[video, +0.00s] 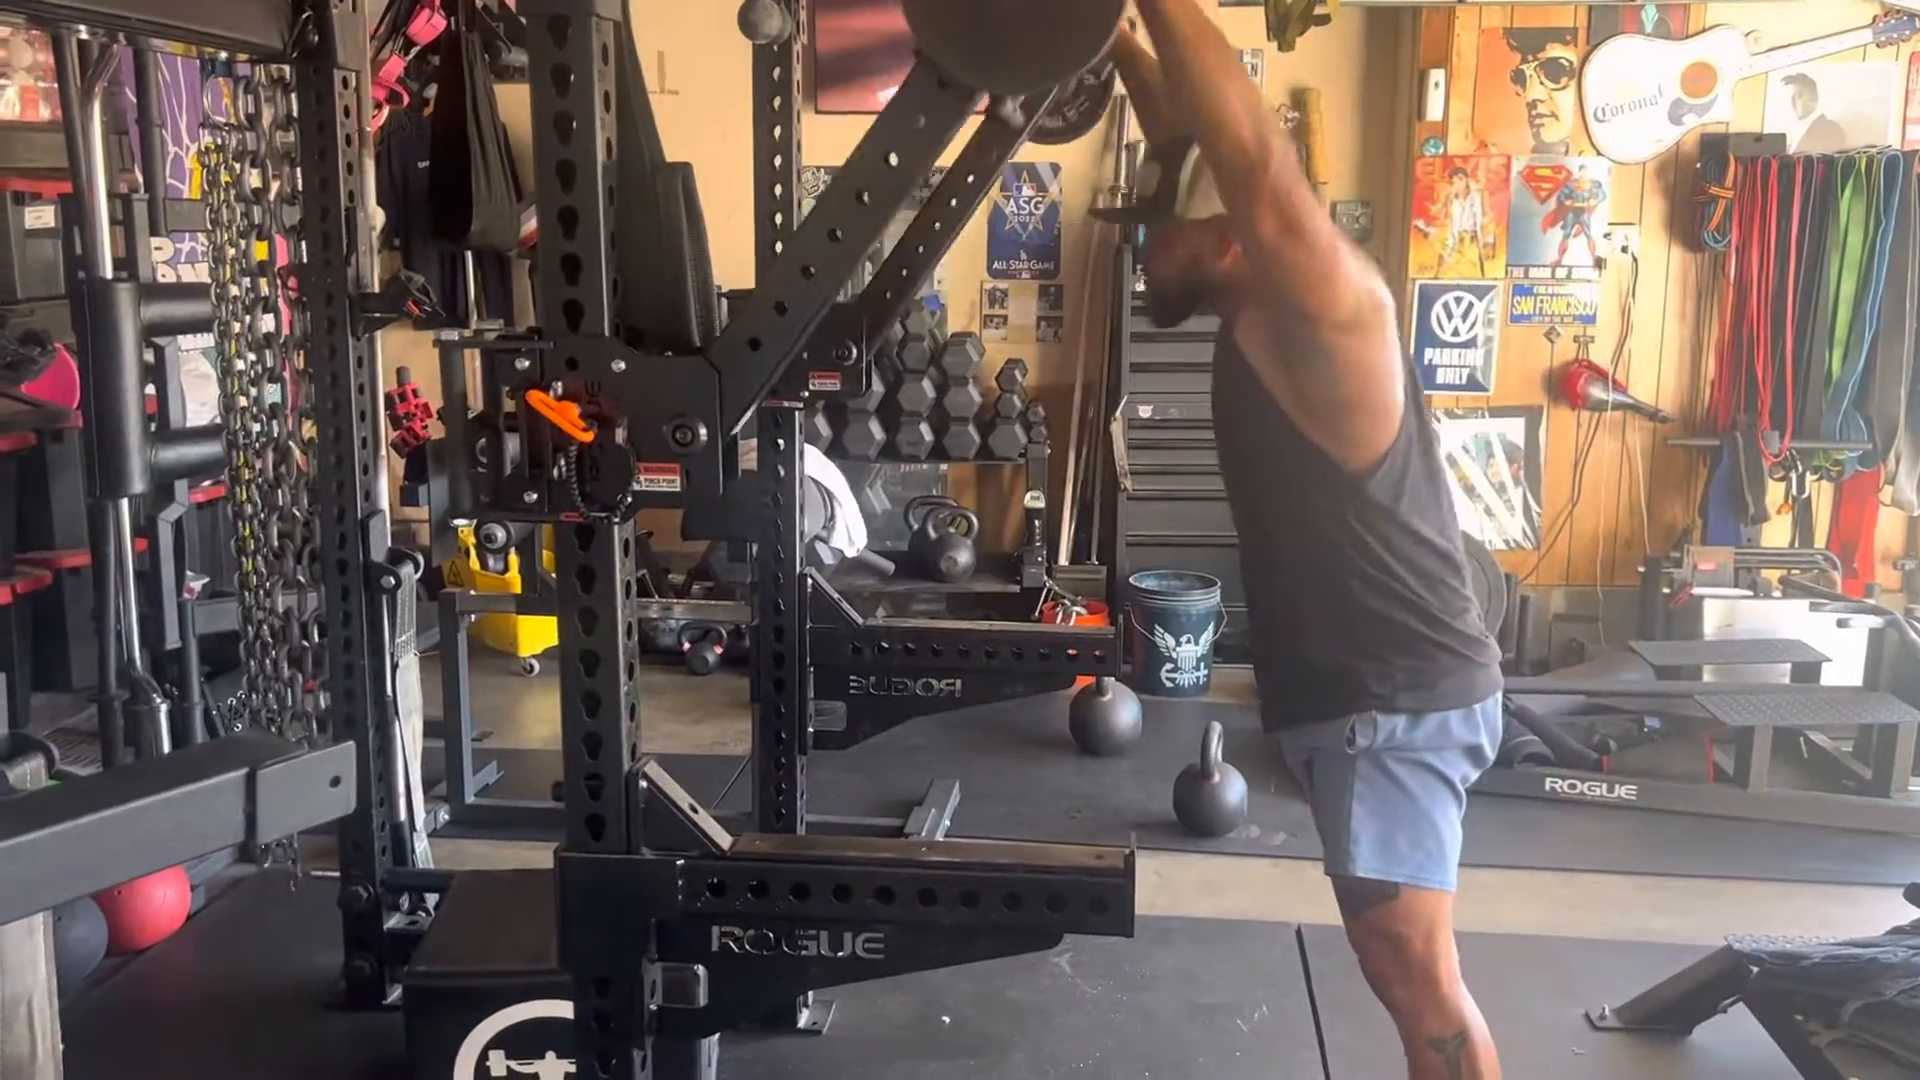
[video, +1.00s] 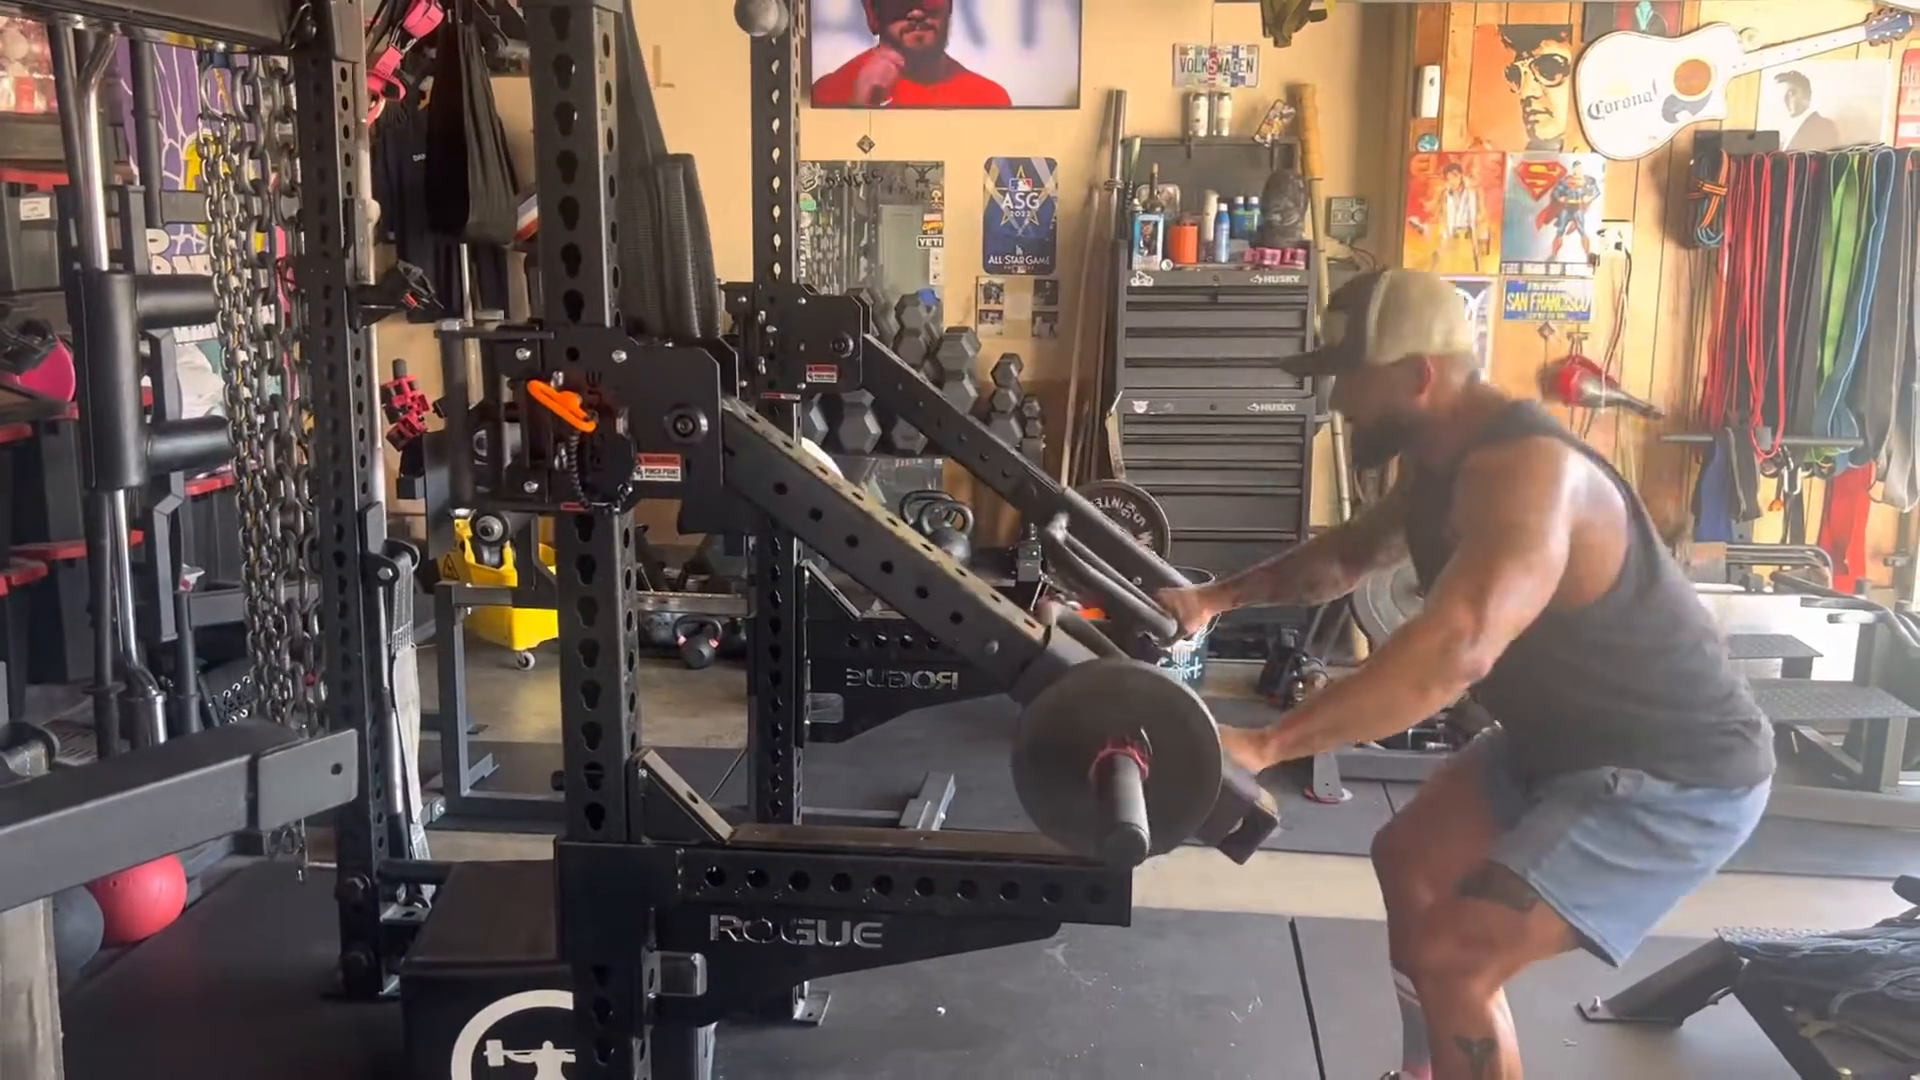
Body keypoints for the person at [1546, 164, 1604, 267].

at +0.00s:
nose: (1583, 177)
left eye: (1585, 175)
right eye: (1581, 175)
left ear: (1588, 175)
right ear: (1578, 175)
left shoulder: (1594, 184)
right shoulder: (1572, 184)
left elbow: (1603, 196)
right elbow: (1561, 195)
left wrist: (1594, 204)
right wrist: (1566, 202)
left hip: (1585, 209)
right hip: (1572, 209)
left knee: (1588, 234)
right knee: (1566, 234)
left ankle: (1594, 259)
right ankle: (1559, 259)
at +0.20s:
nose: (1585, 175)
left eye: (1586, 173)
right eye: (1582, 173)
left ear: (1589, 173)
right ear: (1579, 173)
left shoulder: (1595, 183)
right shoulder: (1572, 183)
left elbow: (1603, 195)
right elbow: (1561, 194)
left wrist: (1594, 203)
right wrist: (1566, 201)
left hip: (1586, 208)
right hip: (1573, 208)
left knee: (1589, 233)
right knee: (1567, 233)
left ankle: (1595, 258)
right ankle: (1560, 258)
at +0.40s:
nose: (1584, 174)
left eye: (1586, 171)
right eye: (1582, 172)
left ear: (1588, 172)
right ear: (1579, 172)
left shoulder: (1595, 183)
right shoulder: (1571, 183)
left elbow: (1603, 195)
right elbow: (1561, 194)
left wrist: (1594, 202)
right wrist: (1566, 201)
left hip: (1585, 208)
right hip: (1573, 208)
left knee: (1588, 233)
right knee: (1566, 233)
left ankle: (1594, 257)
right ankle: (1559, 257)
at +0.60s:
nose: (1583, 172)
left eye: (1585, 170)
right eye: (1581, 170)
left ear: (1587, 170)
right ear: (1578, 171)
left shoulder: (1594, 181)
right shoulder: (1572, 181)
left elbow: (1601, 194)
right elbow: (1568, 192)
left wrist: (1593, 202)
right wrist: (1569, 201)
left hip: (1584, 208)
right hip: (1572, 208)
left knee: (1587, 233)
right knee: (1565, 231)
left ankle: (1592, 257)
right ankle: (1562, 255)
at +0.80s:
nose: (1580, 172)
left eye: (1582, 169)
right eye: (1578, 170)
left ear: (1584, 170)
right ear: (1575, 170)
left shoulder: (1591, 181)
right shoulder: (1568, 181)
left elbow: (1599, 193)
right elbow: (1558, 193)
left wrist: (1591, 200)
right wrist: (1563, 199)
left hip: (1581, 207)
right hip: (1569, 207)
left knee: (1585, 231)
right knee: (1563, 231)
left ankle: (1590, 256)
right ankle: (1556, 256)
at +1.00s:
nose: (1578, 171)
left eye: (1579, 169)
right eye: (1576, 169)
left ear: (1582, 169)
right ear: (1573, 170)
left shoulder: (1589, 181)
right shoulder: (1566, 180)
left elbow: (1596, 192)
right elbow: (1555, 192)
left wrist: (1588, 199)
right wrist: (1561, 199)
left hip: (1579, 206)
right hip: (1567, 206)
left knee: (1582, 231)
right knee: (1560, 231)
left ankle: (1588, 255)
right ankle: (1553, 255)